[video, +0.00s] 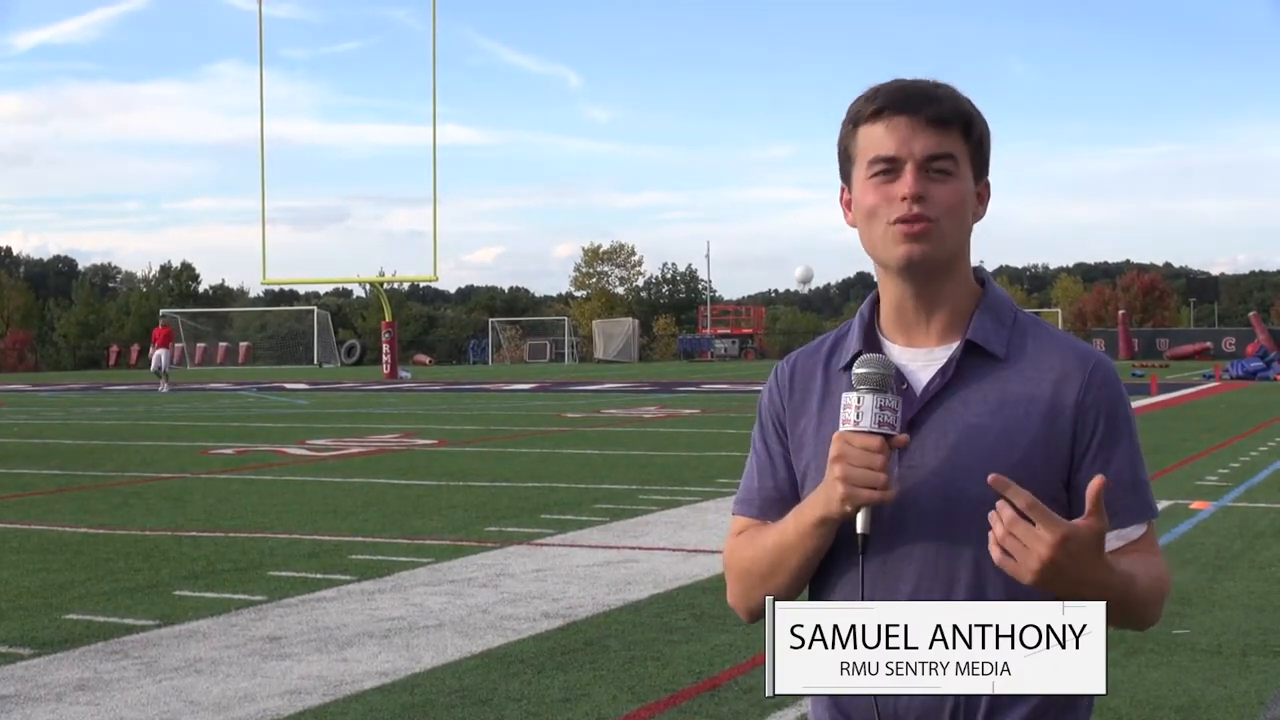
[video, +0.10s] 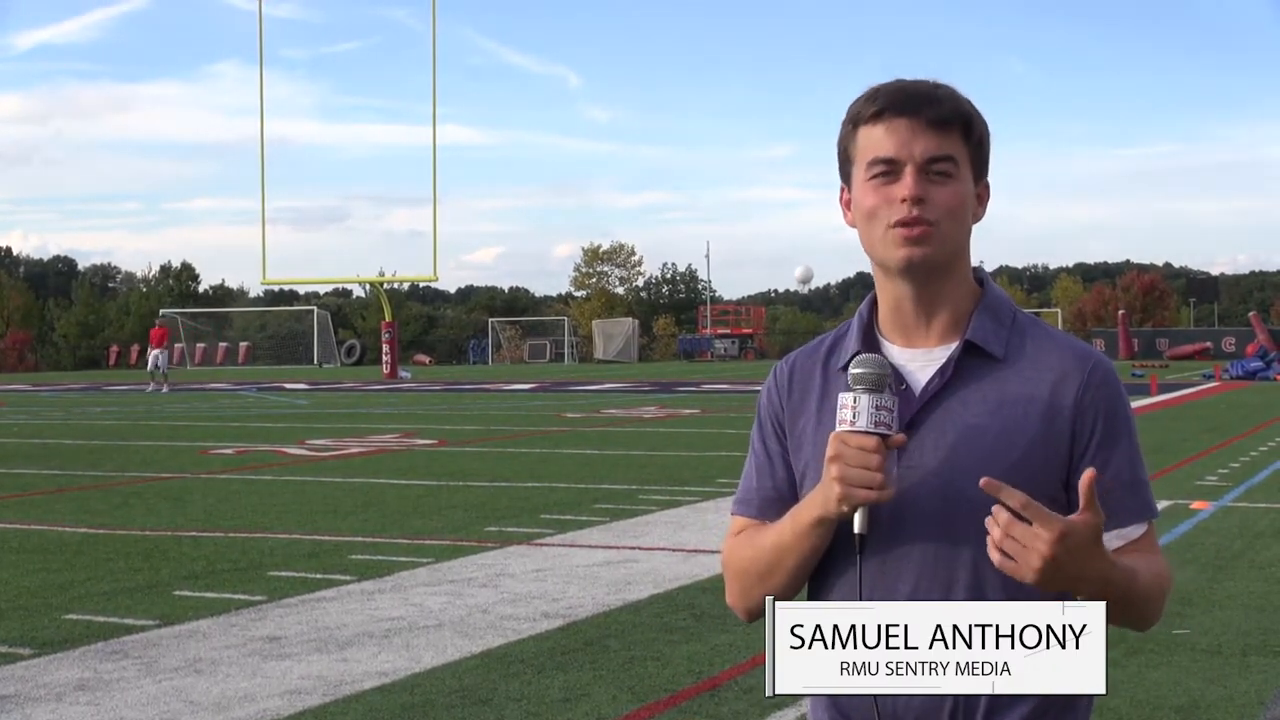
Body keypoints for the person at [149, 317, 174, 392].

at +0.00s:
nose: (161, 322)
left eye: (163, 321)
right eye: (160, 321)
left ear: (166, 322)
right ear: (159, 321)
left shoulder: (169, 330)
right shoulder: (155, 330)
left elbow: (171, 343)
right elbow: (153, 343)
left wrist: (172, 356)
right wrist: (151, 352)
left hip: (165, 349)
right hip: (157, 349)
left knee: (164, 369)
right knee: (153, 368)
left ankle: (166, 385)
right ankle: (162, 382)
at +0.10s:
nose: (158, 322)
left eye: (160, 321)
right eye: (157, 321)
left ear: (162, 322)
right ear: (155, 322)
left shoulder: (165, 330)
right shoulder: (152, 331)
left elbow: (166, 341)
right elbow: (150, 342)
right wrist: (148, 351)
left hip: (162, 350)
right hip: (154, 350)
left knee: (163, 369)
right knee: (150, 368)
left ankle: (165, 385)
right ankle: (152, 384)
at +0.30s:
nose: (150, 324)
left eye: (151, 323)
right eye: (149, 323)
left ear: (153, 324)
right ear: (147, 324)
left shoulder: (156, 332)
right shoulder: (144, 333)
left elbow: (158, 342)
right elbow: (143, 342)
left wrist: (152, 348)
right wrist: (143, 349)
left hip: (155, 352)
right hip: (146, 352)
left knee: (158, 370)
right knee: (144, 370)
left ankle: (164, 386)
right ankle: (142, 386)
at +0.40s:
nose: (145, 324)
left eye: (147, 322)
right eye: (144, 322)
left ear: (149, 323)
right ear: (142, 323)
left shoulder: (151, 331)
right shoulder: (140, 332)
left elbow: (154, 341)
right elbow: (138, 342)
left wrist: (151, 348)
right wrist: (138, 349)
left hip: (149, 352)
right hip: (141, 352)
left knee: (152, 370)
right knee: (140, 370)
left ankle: (161, 384)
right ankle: (140, 386)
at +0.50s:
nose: (141, 323)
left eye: (142, 322)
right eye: (140, 322)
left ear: (145, 323)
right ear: (138, 323)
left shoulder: (148, 330)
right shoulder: (135, 331)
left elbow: (151, 341)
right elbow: (133, 344)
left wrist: (150, 351)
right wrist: (132, 355)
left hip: (145, 351)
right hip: (137, 351)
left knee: (145, 370)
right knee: (138, 371)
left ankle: (154, 382)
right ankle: (140, 386)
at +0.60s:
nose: (138, 323)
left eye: (139, 321)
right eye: (136, 321)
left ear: (141, 323)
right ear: (134, 322)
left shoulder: (145, 330)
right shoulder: (132, 331)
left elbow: (150, 341)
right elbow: (129, 343)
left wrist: (151, 351)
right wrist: (127, 352)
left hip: (142, 350)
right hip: (134, 350)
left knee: (138, 368)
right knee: (137, 368)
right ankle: (142, 384)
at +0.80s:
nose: (129, 324)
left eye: (131, 322)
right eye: (128, 322)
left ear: (133, 323)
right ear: (127, 323)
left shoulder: (138, 332)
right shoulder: (125, 332)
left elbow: (143, 342)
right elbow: (121, 344)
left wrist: (145, 350)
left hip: (136, 351)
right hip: (128, 351)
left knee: (130, 369)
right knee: (135, 370)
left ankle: (127, 386)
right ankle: (140, 386)